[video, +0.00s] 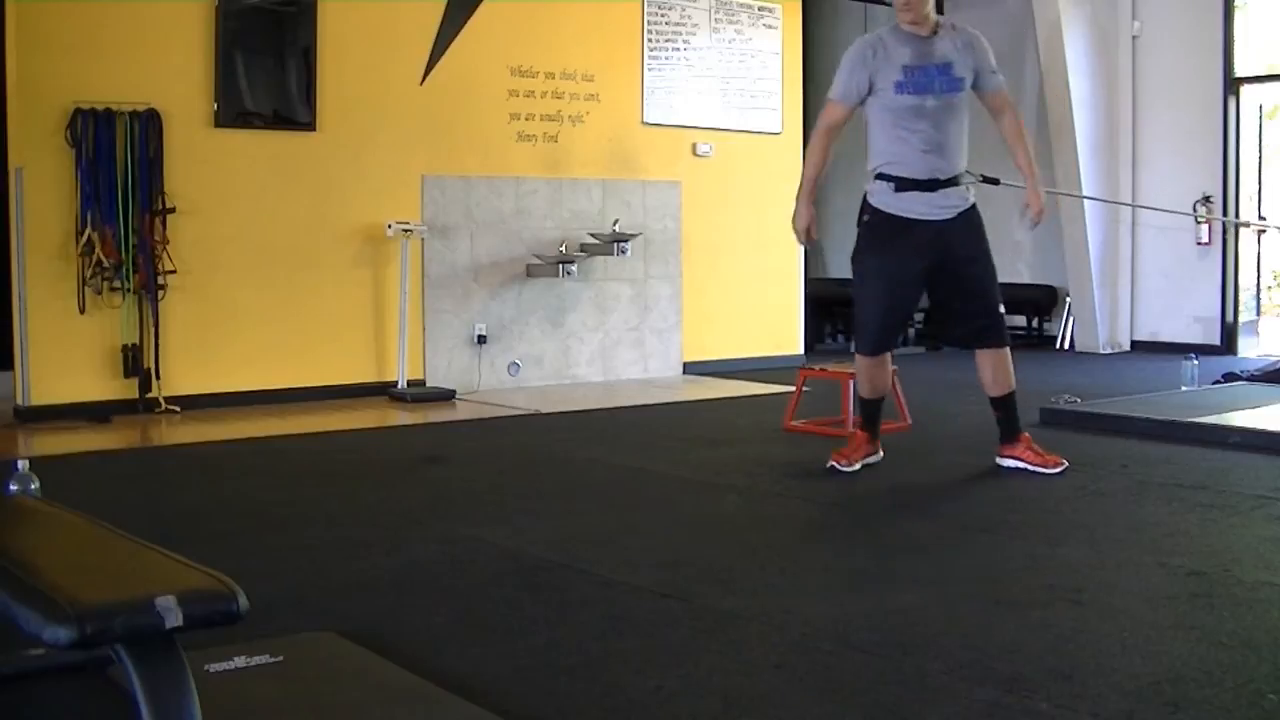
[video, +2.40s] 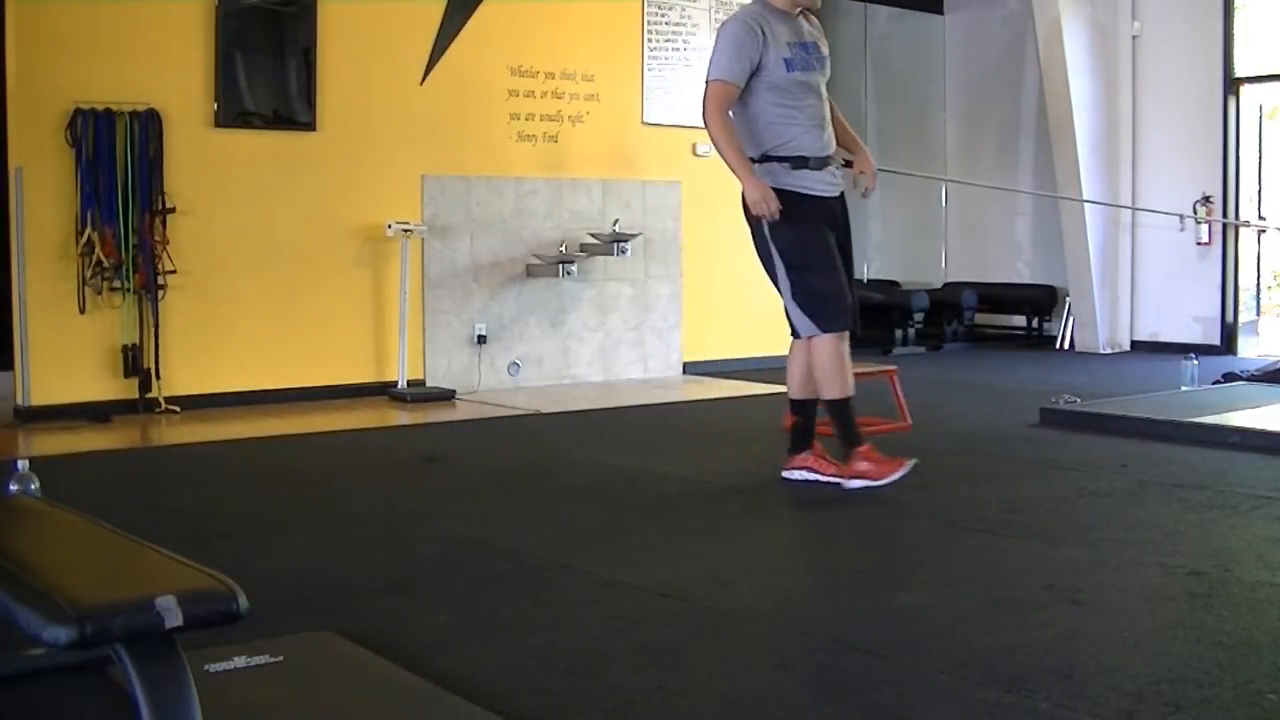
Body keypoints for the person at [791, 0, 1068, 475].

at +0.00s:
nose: (909, 2)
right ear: (890, 1)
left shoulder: (968, 44)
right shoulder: (870, 50)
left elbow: (1003, 109)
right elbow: (826, 127)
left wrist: (1031, 180)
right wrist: (804, 198)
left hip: (956, 215)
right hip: (889, 216)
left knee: (989, 327)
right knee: (872, 337)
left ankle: (1013, 442)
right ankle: (867, 440)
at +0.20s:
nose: (848, 3)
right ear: (830, 4)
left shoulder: (913, 36)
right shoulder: (813, 54)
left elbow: (948, 100)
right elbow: (795, 135)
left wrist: (970, 171)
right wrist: (794, 204)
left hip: (917, 207)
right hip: (848, 212)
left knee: (952, 319)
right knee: (848, 330)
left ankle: (984, 434)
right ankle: (861, 440)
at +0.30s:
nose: (834, 1)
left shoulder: (894, 30)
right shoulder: (796, 50)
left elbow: (932, 96)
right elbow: (784, 135)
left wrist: (947, 166)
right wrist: (795, 201)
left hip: (902, 199)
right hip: (836, 208)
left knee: (925, 315)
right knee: (846, 327)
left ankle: (944, 433)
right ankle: (862, 439)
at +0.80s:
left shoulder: (881, 33)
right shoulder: (781, 37)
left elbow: (912, 91)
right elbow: (742, 116)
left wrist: (903, 150)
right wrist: (725, 191)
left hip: (859, 205)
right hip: (791, 203)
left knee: (869, 325)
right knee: (778, 322)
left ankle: (876, 445)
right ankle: (787, 422)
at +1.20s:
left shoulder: (836, 38)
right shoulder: (737, 46)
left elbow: (850, 91)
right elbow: (690, 124)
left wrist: (850, 155)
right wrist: (670, 198)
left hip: (820, 212)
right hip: (753, 212)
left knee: (845, 332)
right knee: (741, 335)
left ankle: (872, 447)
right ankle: (714, 460)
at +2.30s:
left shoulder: (801, 29)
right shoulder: (732, 25)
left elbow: (805, 105)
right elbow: (708, 110)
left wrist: (844, 150)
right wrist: (737, 184)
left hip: (814, 191)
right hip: (769, 191)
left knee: (815, 317)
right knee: (803, 313)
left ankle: (805, 449)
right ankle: (795, 453)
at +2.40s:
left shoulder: (810, 25)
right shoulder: (745, 26)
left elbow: (816, 100)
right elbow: (714, 110)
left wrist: (856, 147)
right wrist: (749, 180)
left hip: (826, 192)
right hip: (781, 193)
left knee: (814, 322)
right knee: (830, 314)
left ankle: (800, 452)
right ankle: (853, 451)